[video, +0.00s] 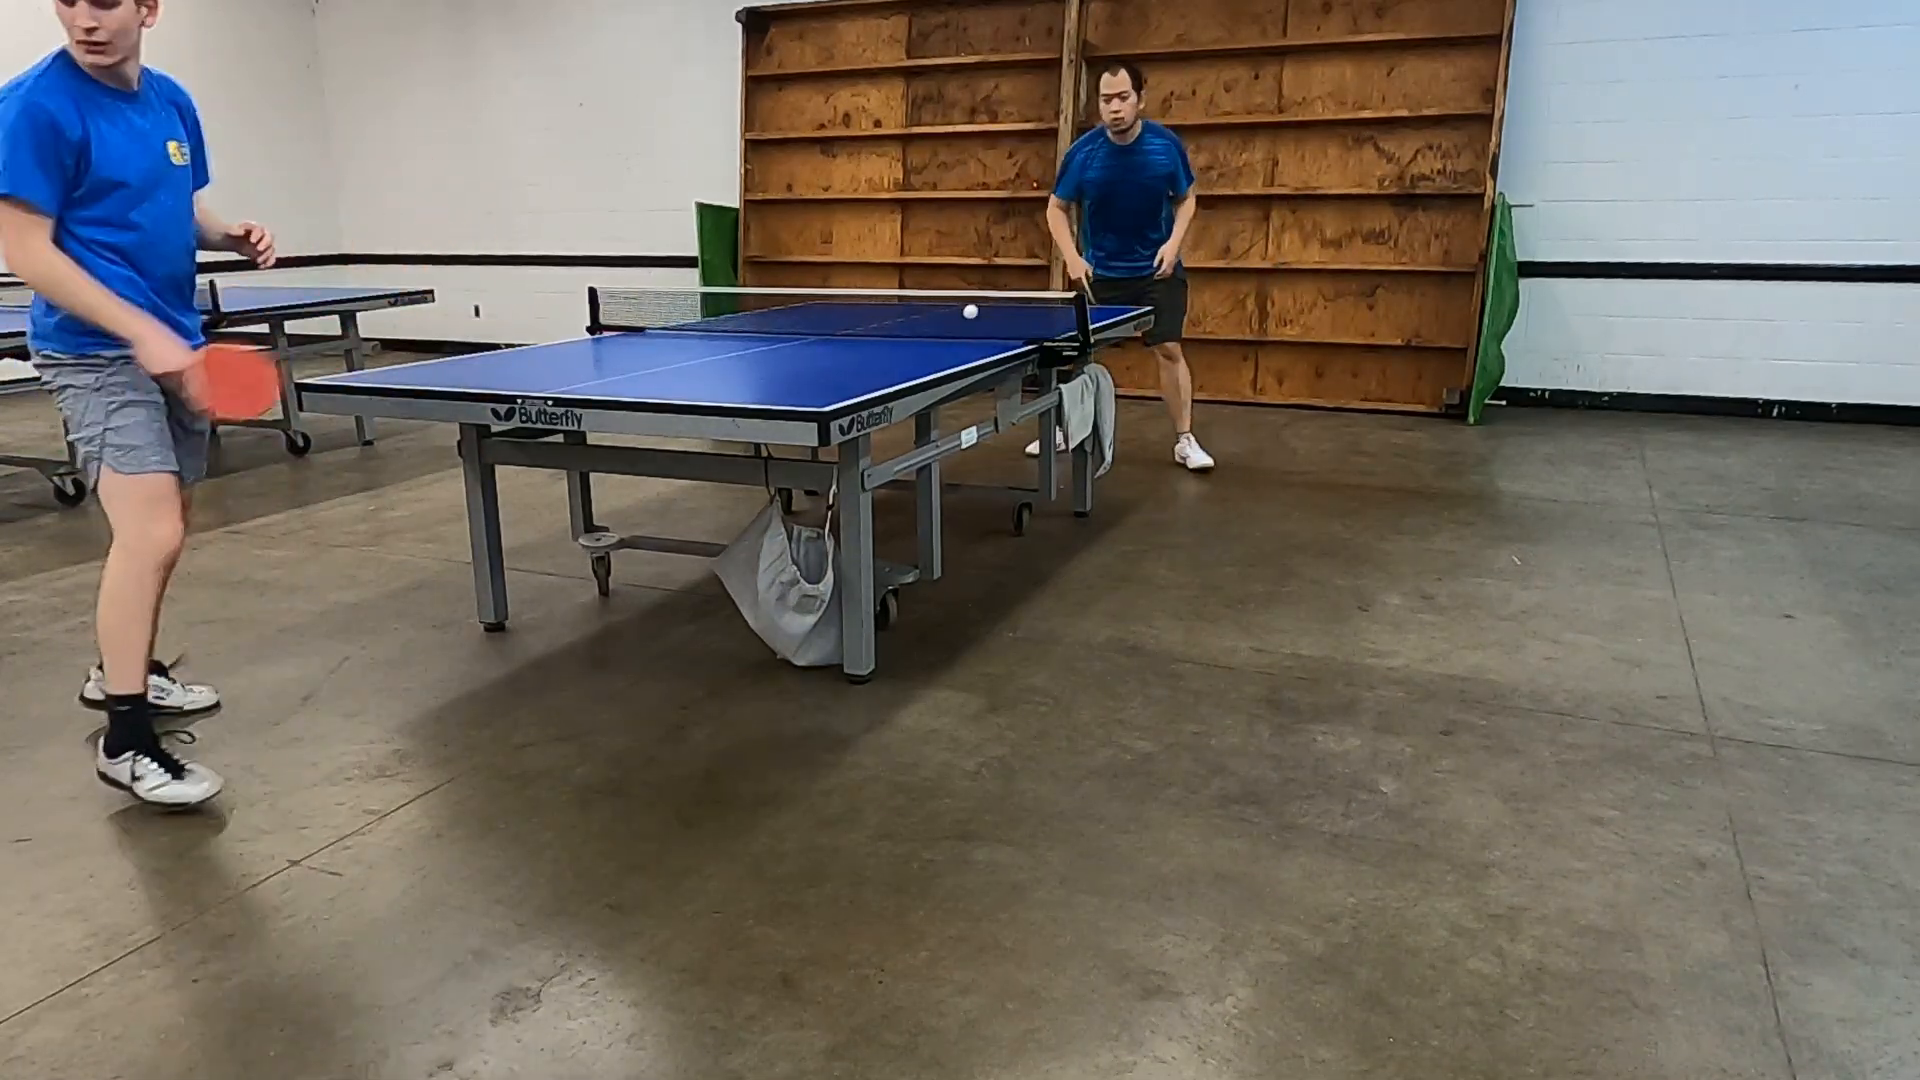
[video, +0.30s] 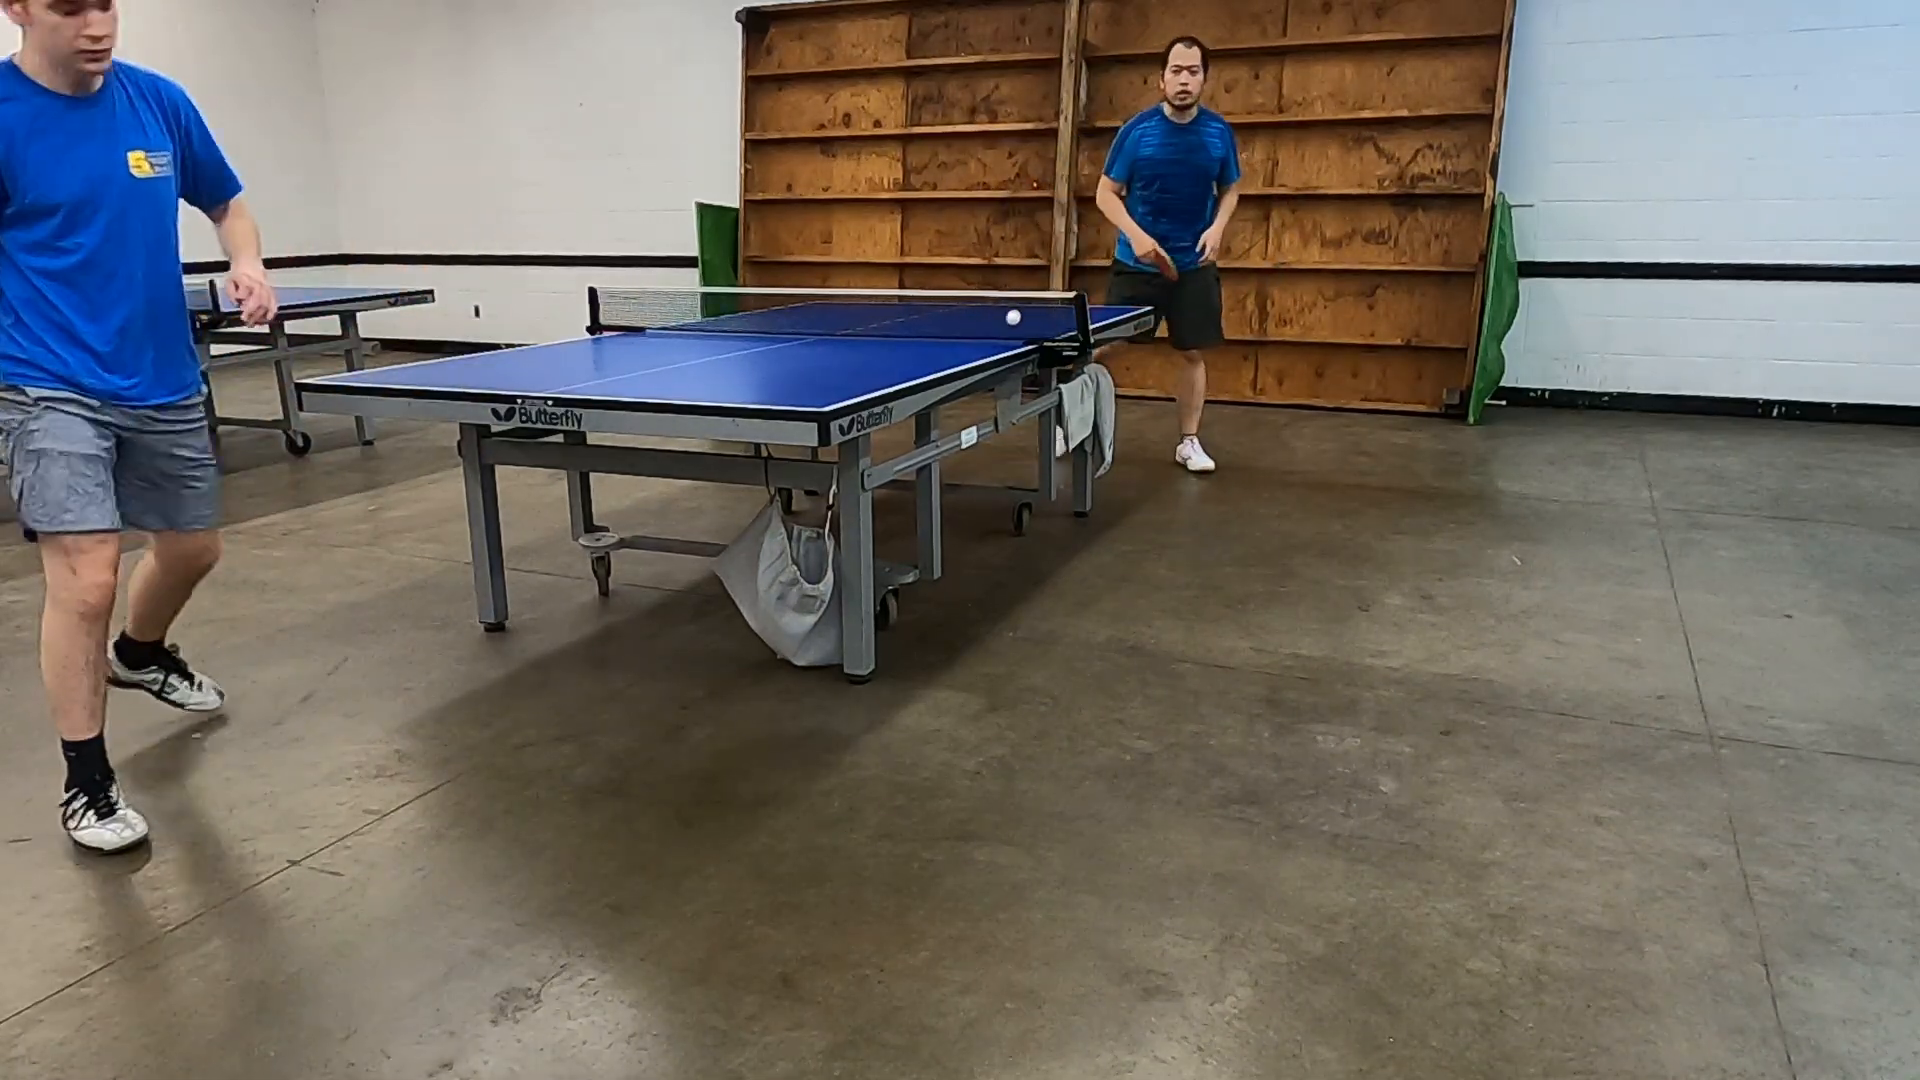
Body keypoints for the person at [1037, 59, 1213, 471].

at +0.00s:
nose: (1114, 107)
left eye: (1122, 98)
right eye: (1106, 99)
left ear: (1139, 100)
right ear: (1098, 104)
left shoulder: (1167, 146)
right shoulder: (1082, 153)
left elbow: (1186, 199)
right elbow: (1055, 208)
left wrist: (1173, 244)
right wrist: (1072, 257)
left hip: (1157, 272)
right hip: (1099, 276)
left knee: (1169, 349)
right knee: (1070, 352)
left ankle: (1184, 438)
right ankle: (1065, 428)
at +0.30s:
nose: (1184, 80)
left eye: (1192, 72)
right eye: (1176, 71)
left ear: (1205, 78)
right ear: (1162, 78)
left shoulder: (1219, 132)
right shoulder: (1135, 130)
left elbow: (1231, 188)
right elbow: (1106, 194)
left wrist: (1218, 227)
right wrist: (1136, 235)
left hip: (1193, 267)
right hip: (1135, 265)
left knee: (1194, 355)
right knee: (1104, 350)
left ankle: (1189, 441)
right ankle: (1071, 424)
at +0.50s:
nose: (1204, 72)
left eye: (1213, 64)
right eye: (1196, 63)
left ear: (1225, 72)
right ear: (1182, 70)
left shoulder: (1239, 128)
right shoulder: (1154, 126)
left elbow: (1257, 188)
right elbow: (1123, 190)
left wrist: (1229, 219)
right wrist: (1161, 222)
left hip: (1209, 263)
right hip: (1156, 257)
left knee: (1200, 357)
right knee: (1146, 348)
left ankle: (1190, 442)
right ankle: (1127, 441)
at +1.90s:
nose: (1211, 104)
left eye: (1224, 93)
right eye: (1202, 91)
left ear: (1246, 83)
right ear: (1188, 81)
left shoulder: (1268, 140)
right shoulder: (1169, 127)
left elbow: (1285, 227)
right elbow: (1140, 207)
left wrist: (1252, 296)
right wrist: (1119, 288)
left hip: (1240, 287)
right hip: (1180, 283)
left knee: (1228, 393)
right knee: (1188, 384)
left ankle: (1226, 508)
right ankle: (1207, 460)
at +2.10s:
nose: (1205, 163)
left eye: (1217, 153)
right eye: (1195, 152)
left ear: (1236, 137)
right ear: (1178, 133)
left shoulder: (1259, 176)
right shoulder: (1164, 150)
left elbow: (1272, 276)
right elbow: (1142, 218)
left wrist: (1247, 366)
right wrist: (1120, 298)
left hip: (1240, 295)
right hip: (1187, 286)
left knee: (1227, 402)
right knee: (1195, 376)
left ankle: (1225, 510)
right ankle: (1211, 449)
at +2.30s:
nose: (1196, 238)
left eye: (1208, 228)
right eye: (1186, 227)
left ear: (1229, 209)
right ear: (1170, 210)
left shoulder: (1258, 249)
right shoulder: (1162, 213)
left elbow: (1257, 349)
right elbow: (1136, 254)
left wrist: (1251, 440)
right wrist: (1114, 316)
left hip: (1248, 295)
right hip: (1198, 286)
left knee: (1230, 398)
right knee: (1193, 359)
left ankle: (1225, 509)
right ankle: (1200, 418)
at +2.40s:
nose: (1197, 240)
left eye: (1207, 231)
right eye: (1190, 231)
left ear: (1227, 222)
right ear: (1179, 215)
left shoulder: (1256, 265)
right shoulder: (1169, 203)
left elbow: (1257, 367)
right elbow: (1136, 256)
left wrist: (1252, 457)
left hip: (1264, 286)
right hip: (1208, 277)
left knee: (1247, 386)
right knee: (1217, 367)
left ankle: (1227, 503)